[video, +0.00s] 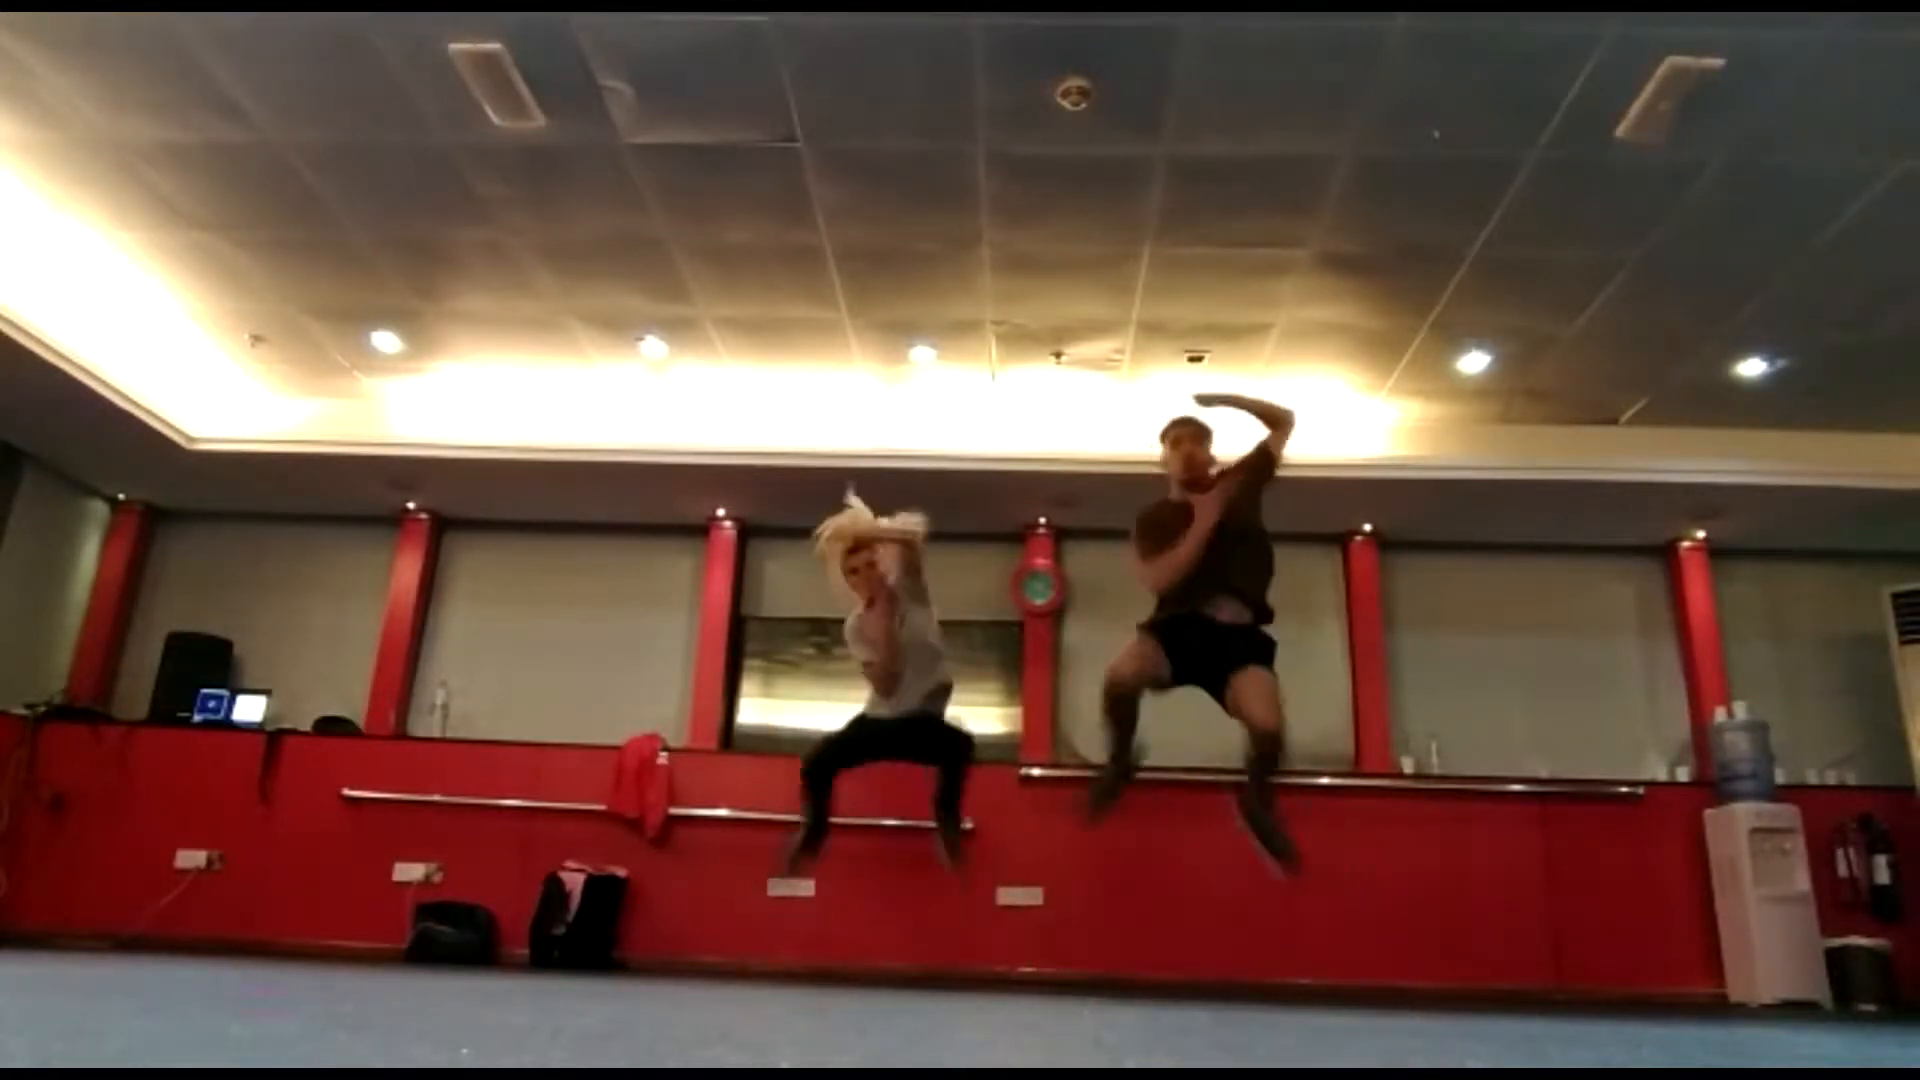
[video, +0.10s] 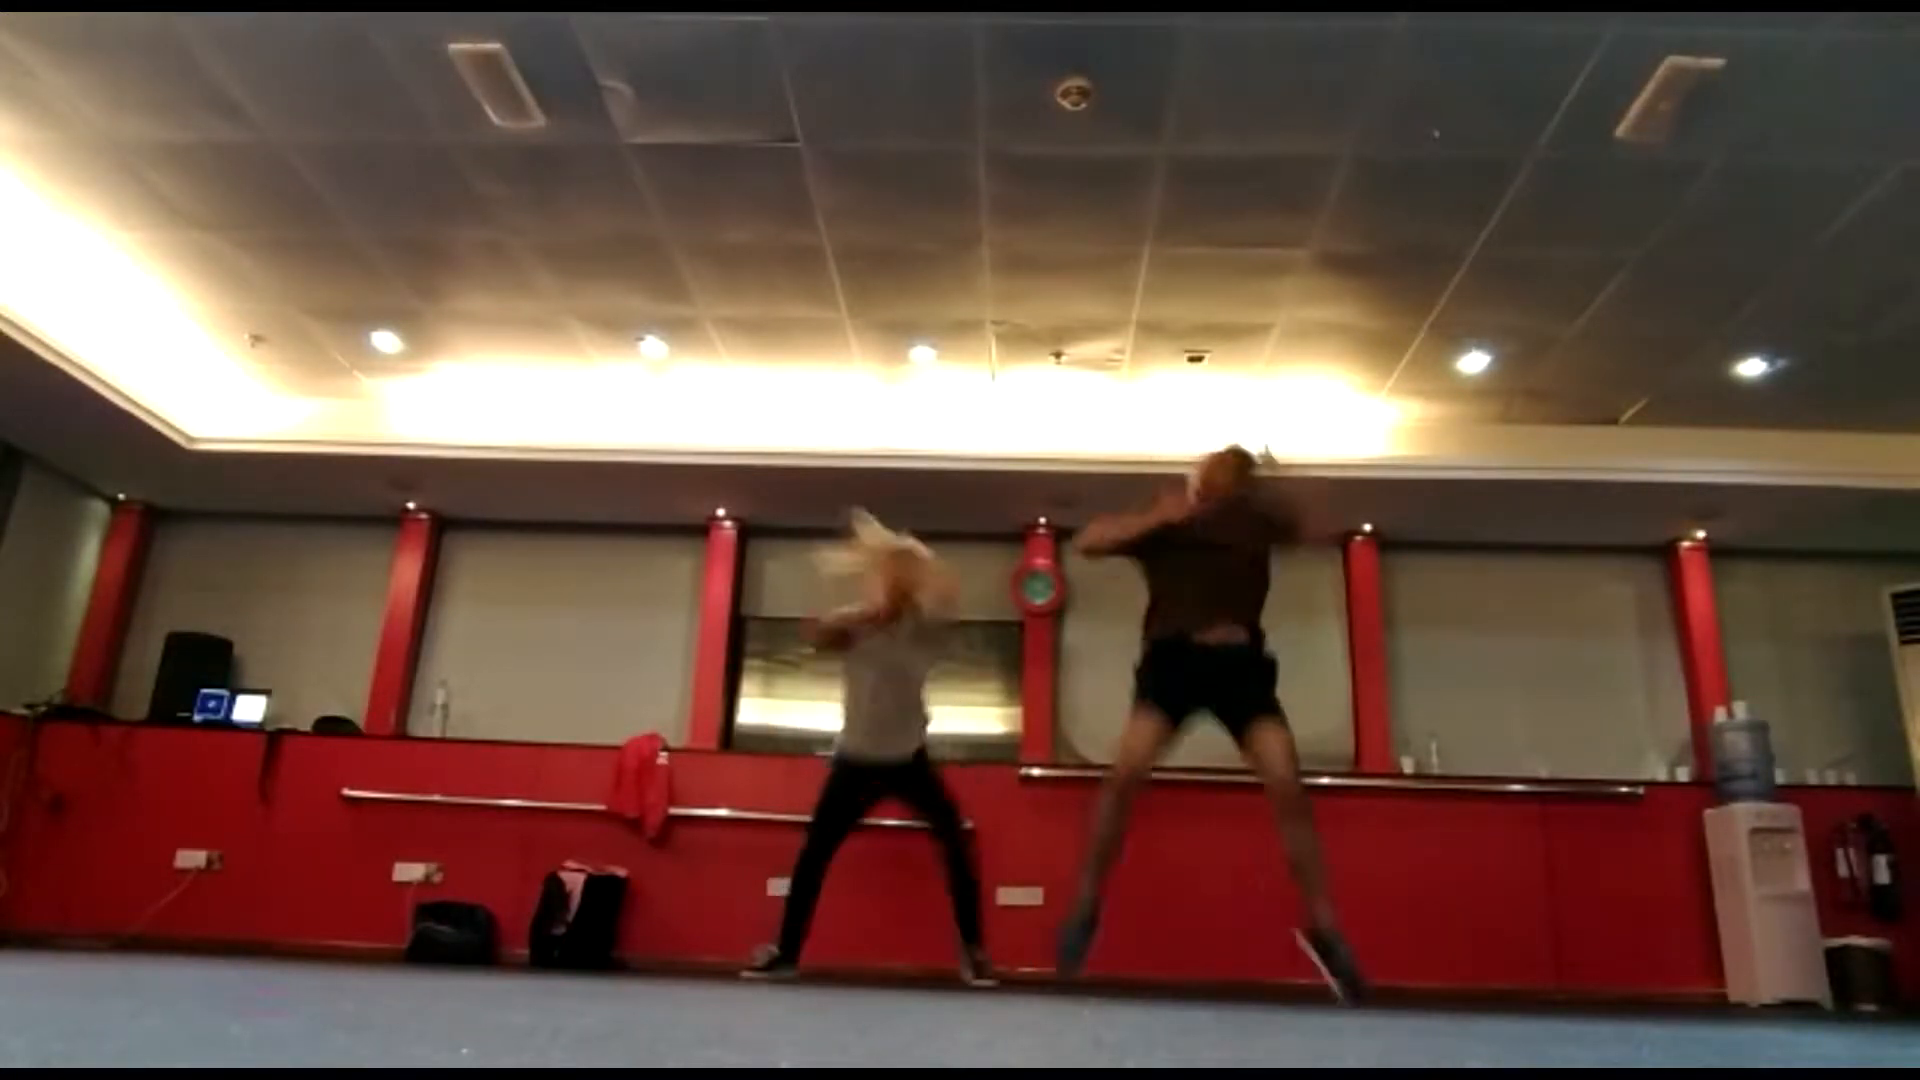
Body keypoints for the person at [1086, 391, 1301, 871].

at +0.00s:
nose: (1187, 452)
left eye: (1195, 443)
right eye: (1177, 445)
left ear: (1211, 452)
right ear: (1165, 457)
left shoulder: (1238, 489)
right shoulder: (1156, 517)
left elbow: (1283, 424)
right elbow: (1156, 579)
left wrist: (1231, 402)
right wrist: (1204, 521)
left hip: (1239, 640)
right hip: (1177, 633)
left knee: (1268, 726)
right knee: (1119, 676)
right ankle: (1118, 765)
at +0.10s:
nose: (1213, 492)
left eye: (1225, 486)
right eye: (1208, 482)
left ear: (1243, 489)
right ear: (1197, 481)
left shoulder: (1258, 526)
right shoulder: (1165, 527)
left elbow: (1304, 524)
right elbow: (1088, 542)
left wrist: (1249, 494)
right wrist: (1160, 516)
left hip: (1239, 667)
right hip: (1171, 664)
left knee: (1287, 788)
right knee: (1123, 778)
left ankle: (1323, 927)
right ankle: (1086, 911)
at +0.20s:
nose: (1221, 536)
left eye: (1233, 527)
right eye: (1214, 525)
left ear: (1253, 534)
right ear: (1200, 525)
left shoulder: (1254, 583)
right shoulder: (1158, 573)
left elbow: (1320, 621)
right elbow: (1089, 551)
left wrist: (1293, 564)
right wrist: (1170, 549)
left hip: (1239, 723)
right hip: (1169, 721)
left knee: (1297, 826)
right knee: (1129, 826)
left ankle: (1328, 961)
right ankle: (1089, 954)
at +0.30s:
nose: (1248, 549)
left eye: (1264, 551)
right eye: (1248, 539)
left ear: (1273, 575)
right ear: (1230, 547)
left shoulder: (1269, 625)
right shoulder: (1176, 603)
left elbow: (1330, 683)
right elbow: (1101, 595)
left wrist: (1313, 602)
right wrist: (1182, 587)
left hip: (1235, 763)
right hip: (1160, 758)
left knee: (1313, 850)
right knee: (1116, 843)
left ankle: (1328, 972)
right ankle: (1087, 959)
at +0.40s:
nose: (1264, 565)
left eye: (1277, 563)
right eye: (1258, 553)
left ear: (1285, 583)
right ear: (1238, 559)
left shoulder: (1281, 649)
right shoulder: (1183, 601)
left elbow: (1324, 707)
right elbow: (1110, 584)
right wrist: (1120, 547)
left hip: (1242, 768)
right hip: (1164, 760)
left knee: (1322, 847)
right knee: (1114, 842)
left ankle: (1329, 972)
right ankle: (1088, 959)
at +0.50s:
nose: (1265, 582)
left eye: (1277, 576)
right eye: (1256, 572)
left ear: (1290, 595)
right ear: (1237, 581)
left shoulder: (1285, 671)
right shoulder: (1193, 613)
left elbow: (1337, 740)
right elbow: (1122, 575)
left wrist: (1407, 746)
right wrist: (1094, 516)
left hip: (1240, 781)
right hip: (1164, 769)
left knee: (1324, 846)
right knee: (1121, 847)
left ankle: (1330, 974)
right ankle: (1088, 961)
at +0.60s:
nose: (1250, 574)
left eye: (1263, 567)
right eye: (1241, 562)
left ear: (1274, 586)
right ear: (1220, 569)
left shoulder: (1272, 663)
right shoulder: (1180, 606)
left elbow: (1330, 729)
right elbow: (1108, 567)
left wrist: (1398, 734)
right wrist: (1076, 510)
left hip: (1226, 777)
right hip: (1152, 764)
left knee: (1304, 844)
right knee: (1110, 841)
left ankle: (1329, 973)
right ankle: (1095, 960)